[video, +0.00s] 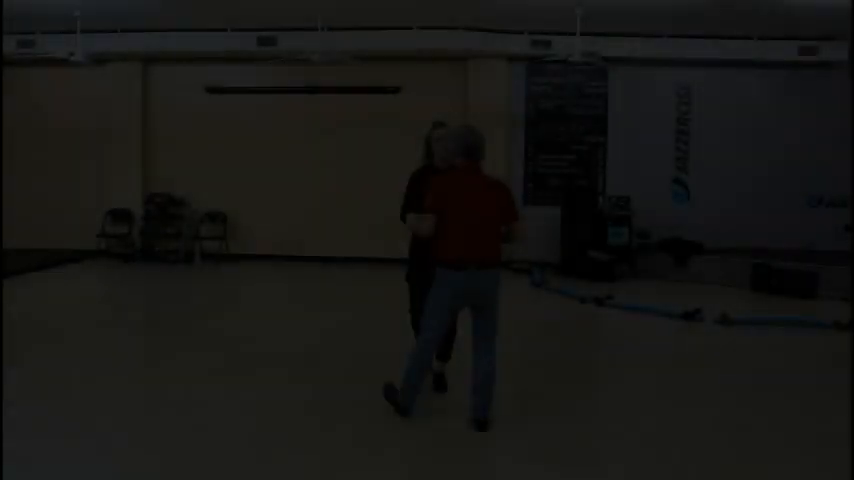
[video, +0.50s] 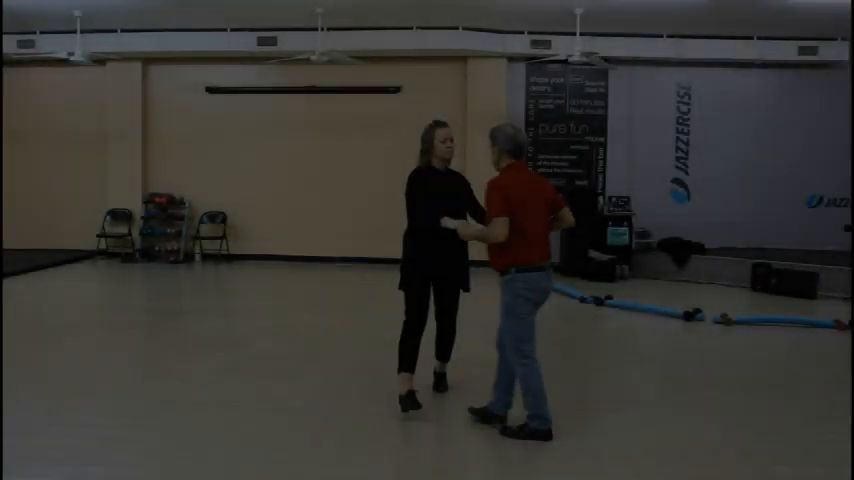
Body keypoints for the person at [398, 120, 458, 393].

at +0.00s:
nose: (441, 149)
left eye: (446, 142)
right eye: (436, 142)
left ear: (455, 147)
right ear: (428, 147)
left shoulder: (463, 178)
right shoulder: (420, 177)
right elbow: (407, 215)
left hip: (452, 258)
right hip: (422, 257)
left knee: (447, 316)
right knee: (419, 313)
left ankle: (440, 369)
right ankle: (424, 366)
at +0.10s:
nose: (447, 143)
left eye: (450, 138)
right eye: (441, 139)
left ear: (457, 142)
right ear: (431, 143)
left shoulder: (463, 175)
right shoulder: (422, 174)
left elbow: (469, 211)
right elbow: (410, 210)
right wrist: (430, 225)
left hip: (453, 251)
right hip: (423, 251)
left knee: (449, 310)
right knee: (420, 308)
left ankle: (441, 365)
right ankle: (419, 362)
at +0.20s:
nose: (449, 143)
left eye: (452, 138)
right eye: (443, 139)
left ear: (457, 142)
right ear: (432, 143)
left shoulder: (463, 176)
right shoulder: (421, 175)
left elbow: (469, 210)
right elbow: (414, 210)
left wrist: (453, 224)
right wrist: (437, 222)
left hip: (452, 252)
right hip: (422, 251)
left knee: (447, 312)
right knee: (419, 311)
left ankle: (441, 369)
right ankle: (411, 371)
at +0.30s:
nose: (450, 144)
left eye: (453, 139)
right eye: (444, 140)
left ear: (457, 142)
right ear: (432, 144)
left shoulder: (463, 178)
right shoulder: (420, 176)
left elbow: (469, 221)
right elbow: (418, 218)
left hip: (453, 258)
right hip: (421, 256)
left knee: (446, 315)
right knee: (416, 314)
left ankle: (440, 369)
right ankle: (406, 375)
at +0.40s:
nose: (451, 144)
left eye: (453, 139)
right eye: (445, 140)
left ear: (456, 142)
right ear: (431, 145)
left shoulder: (463, 180)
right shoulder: (419, 177)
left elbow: (477, 220)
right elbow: (419, 219)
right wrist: (450, 224)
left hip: (451, 259)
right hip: (420, 257)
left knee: (446, 316)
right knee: (415, 316)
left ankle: (440, 369)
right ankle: (405, 378)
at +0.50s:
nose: (450, 146)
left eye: (452, 141)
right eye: (444, 141)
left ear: (453, 144)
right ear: (430, 145)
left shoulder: (457, 180)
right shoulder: (417, 178)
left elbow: (479, 214)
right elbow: (418, 222)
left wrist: (499, 225)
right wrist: (454, 224)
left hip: (450, 261)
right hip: (419, 261)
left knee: (447, 318)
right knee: (415, 320)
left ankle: (441, 369)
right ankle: (406, 386)